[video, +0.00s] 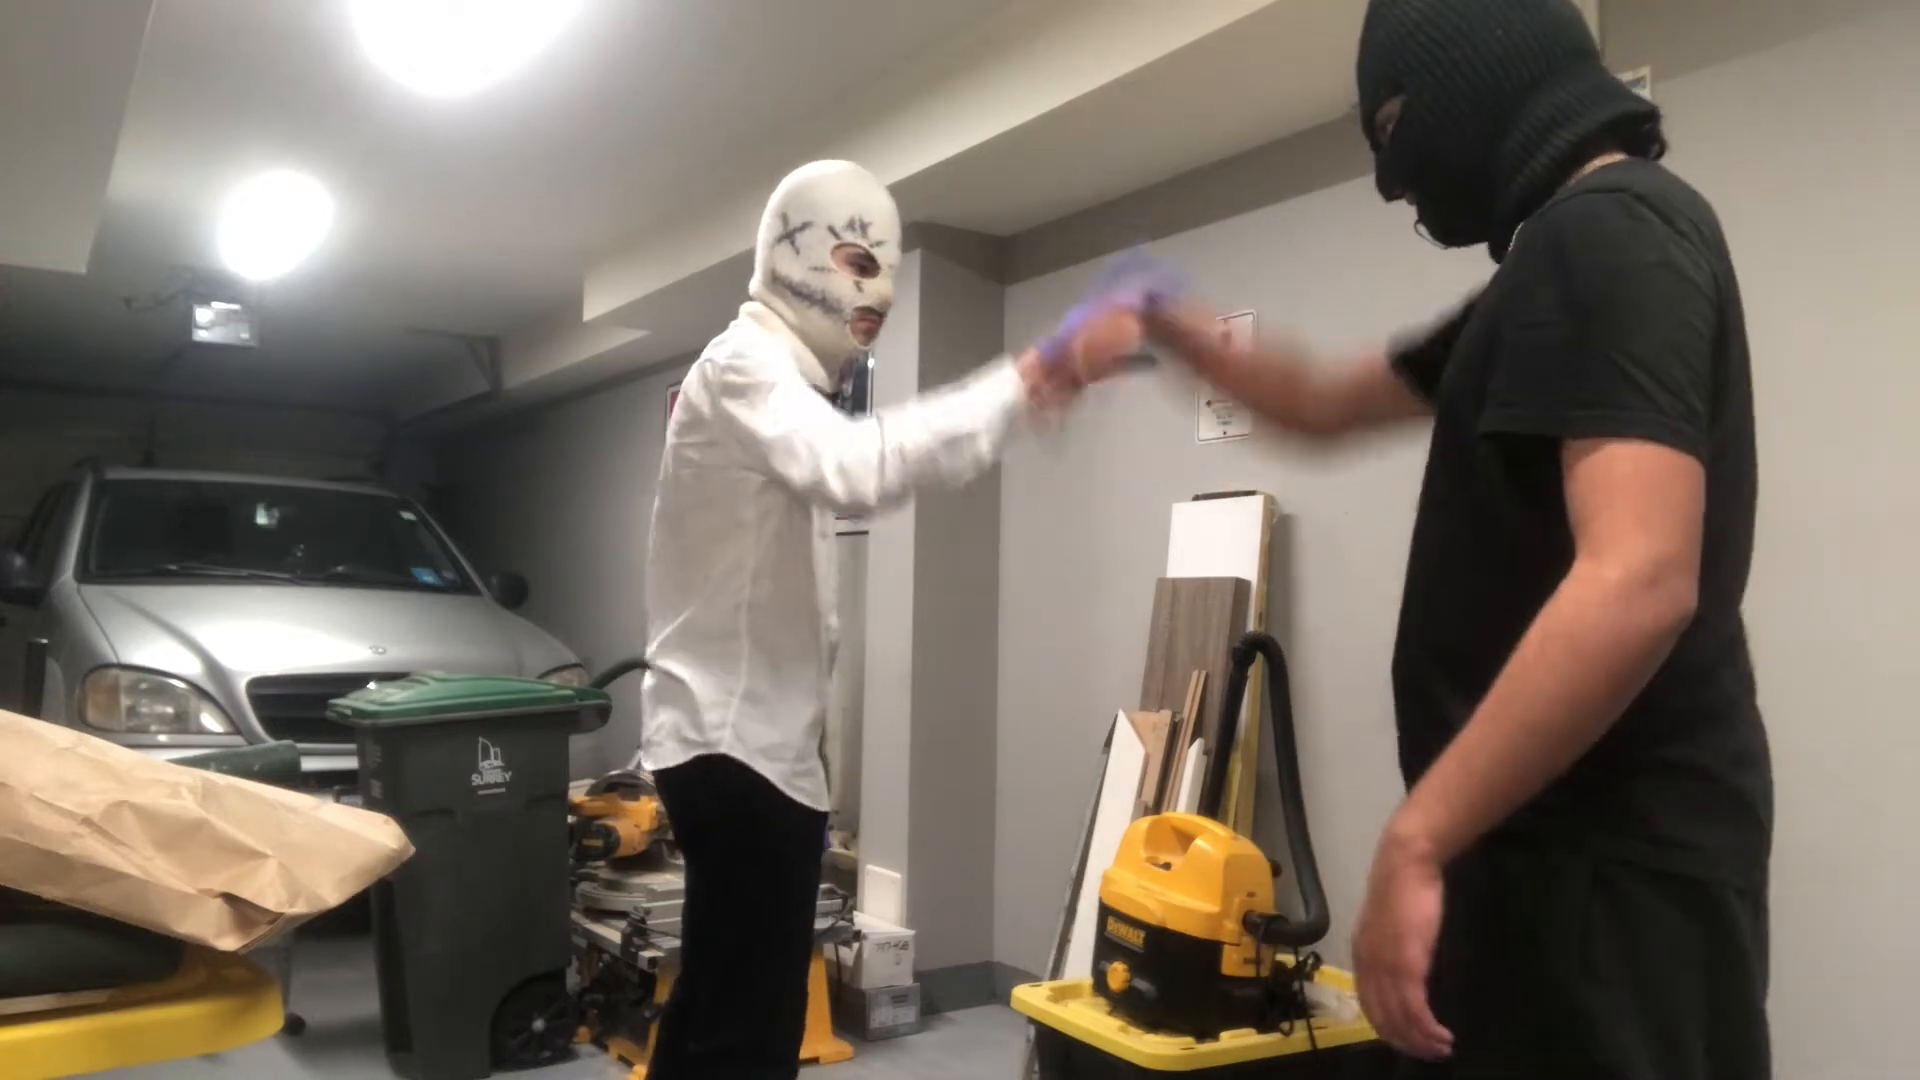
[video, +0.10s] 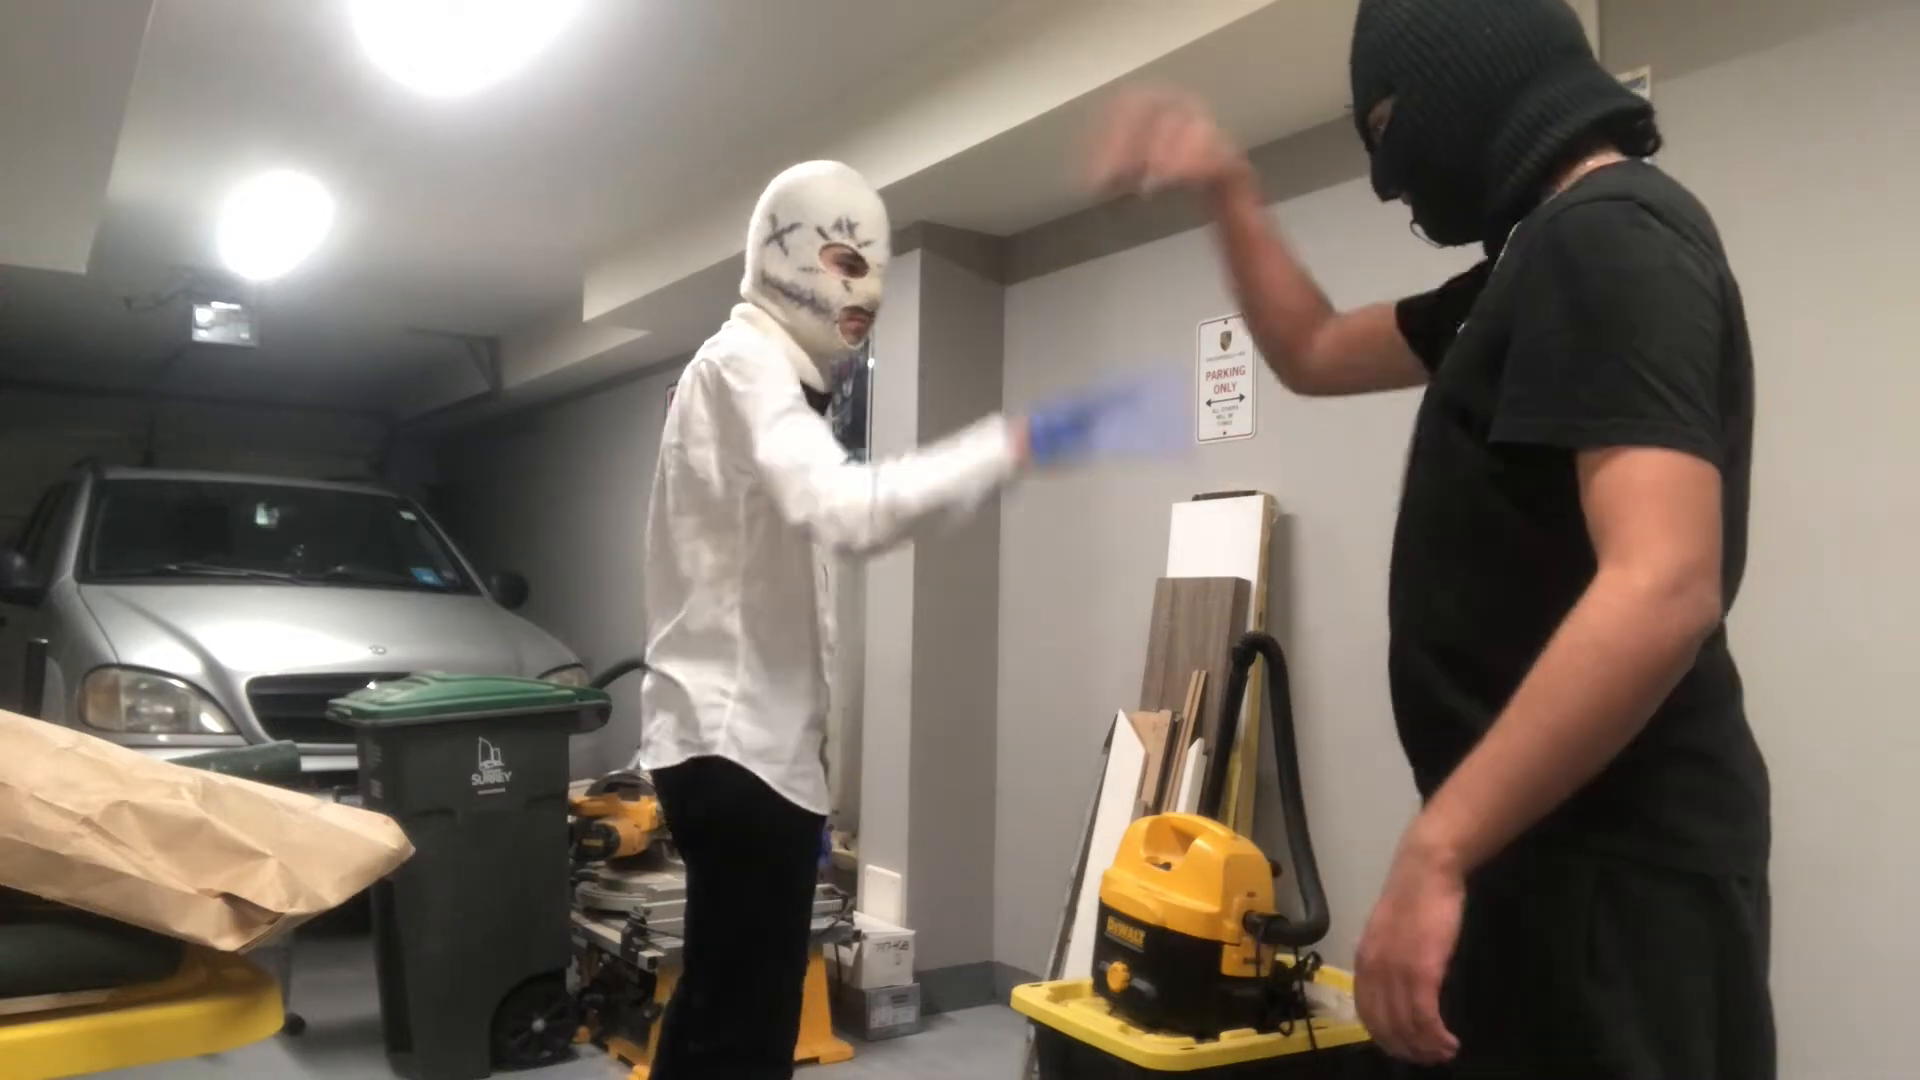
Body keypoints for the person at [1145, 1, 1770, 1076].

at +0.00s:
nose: (1383, 174)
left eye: (1385, 125)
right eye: (1375, 138)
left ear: (1454, 90)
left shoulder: (1609, 227)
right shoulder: (1549, 268)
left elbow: (1638, 579)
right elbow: (1323, 400)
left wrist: (1415, 841)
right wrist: (1157, 317)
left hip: (1601, 886)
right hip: (1537, 878)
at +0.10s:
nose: (1385, 177)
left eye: (1382, 127)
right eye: (1373, 142)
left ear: (1440, 88)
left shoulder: (1603, 234)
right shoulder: (1537, 264)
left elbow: (1662, 583)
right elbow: (1312, 348)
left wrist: (1434, 850)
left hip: (1607, 867)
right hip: (1536, 861)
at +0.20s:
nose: (1383, 170)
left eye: (1383, 122)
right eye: (1374, 133)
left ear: (1453, 87)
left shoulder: (1610, 235)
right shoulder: (1543, 268)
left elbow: (1666, 588)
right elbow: (1299, 384)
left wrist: (1447, 866)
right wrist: (1209, 198)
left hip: (1605, 880)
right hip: (1537, 880)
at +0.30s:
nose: (1392, 175)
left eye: (1393, 123)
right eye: (1384, 135)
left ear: (1468, 83)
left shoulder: (1616, 235)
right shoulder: (1555, 260)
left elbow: (1665, 588)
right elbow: (1335, 456)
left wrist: (1446, 858)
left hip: (1599, 871)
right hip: (1533, 866)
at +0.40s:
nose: (1391, 164)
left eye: (1395, 115)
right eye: (1384, 129)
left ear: (1474, 75)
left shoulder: (1622, 229)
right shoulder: (1547, 264)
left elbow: (1668, 584)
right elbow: (1343, 481)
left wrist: (1441, 854)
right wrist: (1123, 549)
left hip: (1599, 870)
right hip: (1525, 866)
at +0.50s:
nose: (1401, 171)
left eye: (1403, 122)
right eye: (1393, 135)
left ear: (1476, 82)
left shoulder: (1624, 225)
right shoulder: (1556, 263)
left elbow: (1667, 580)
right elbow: (1329, 474)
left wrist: (1438, 851)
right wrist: (1111, 479)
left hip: (1598, 869)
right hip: (1525, 866)